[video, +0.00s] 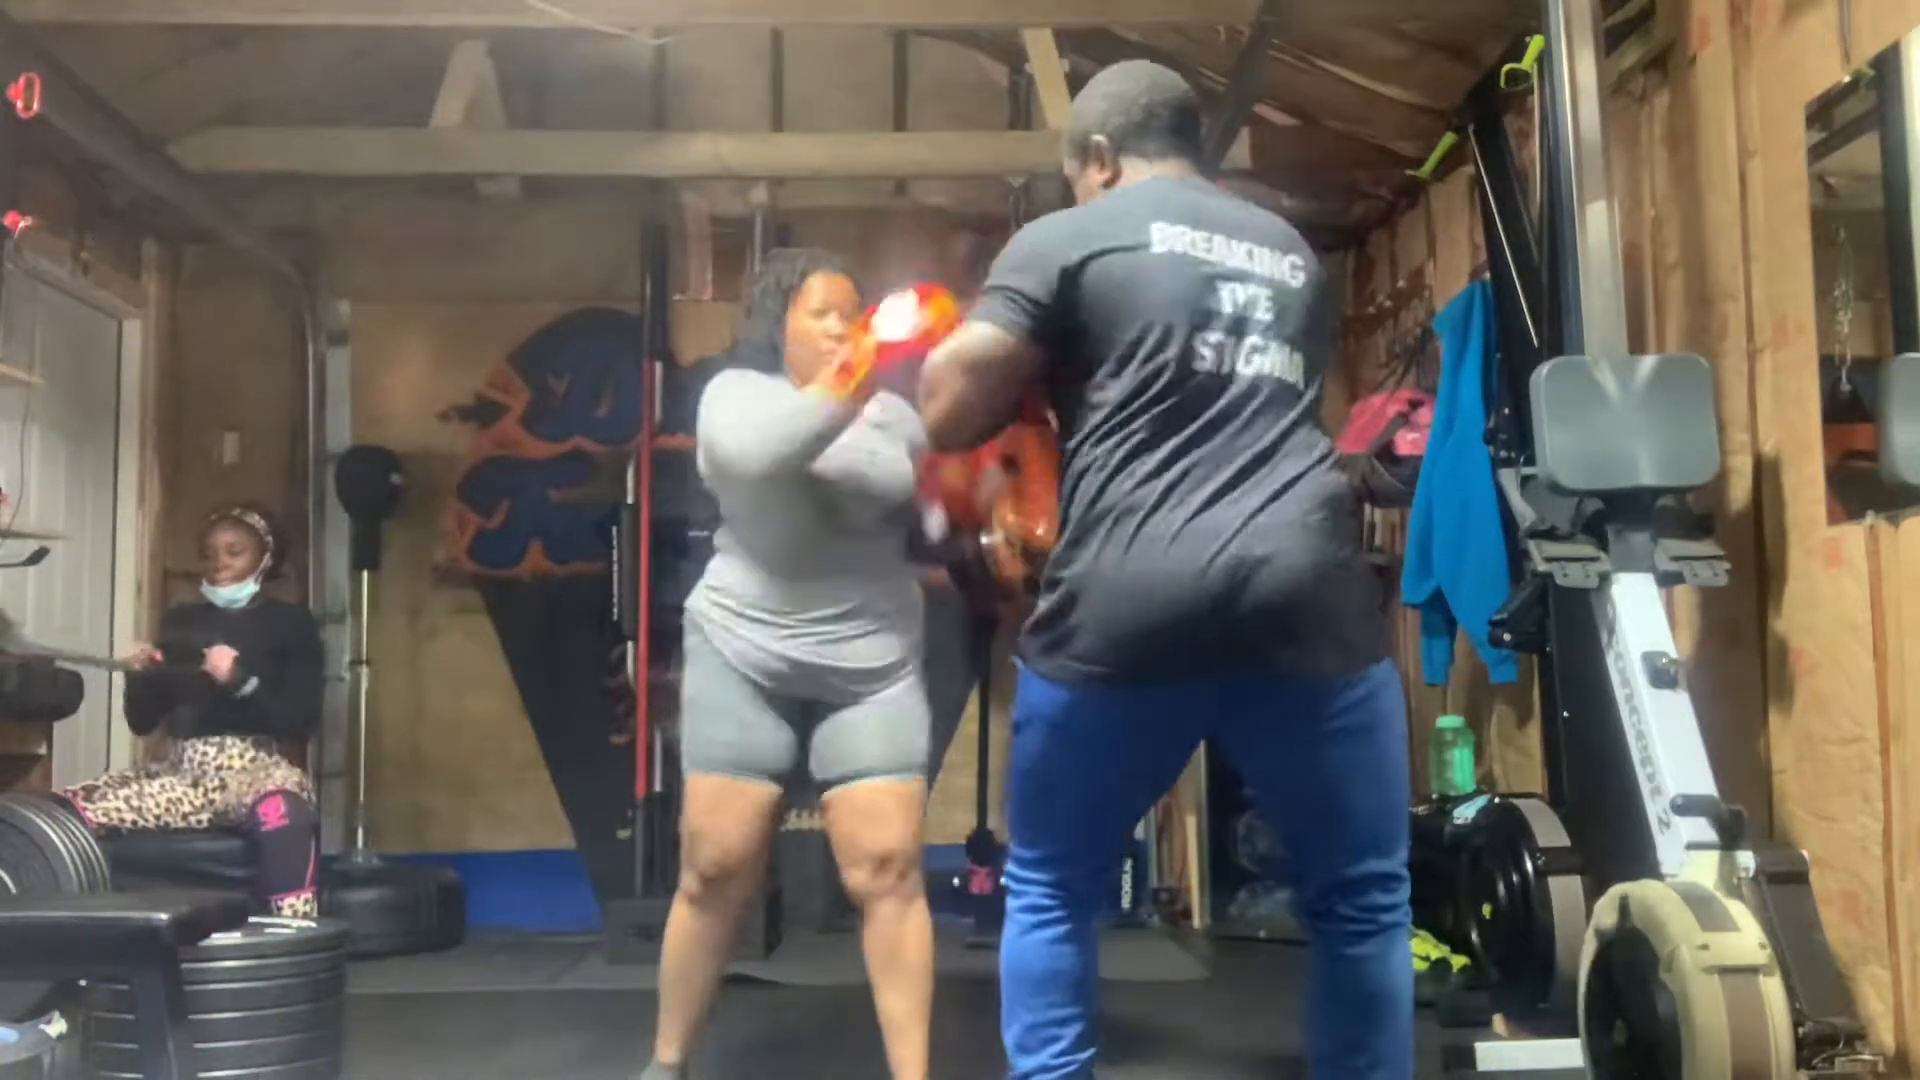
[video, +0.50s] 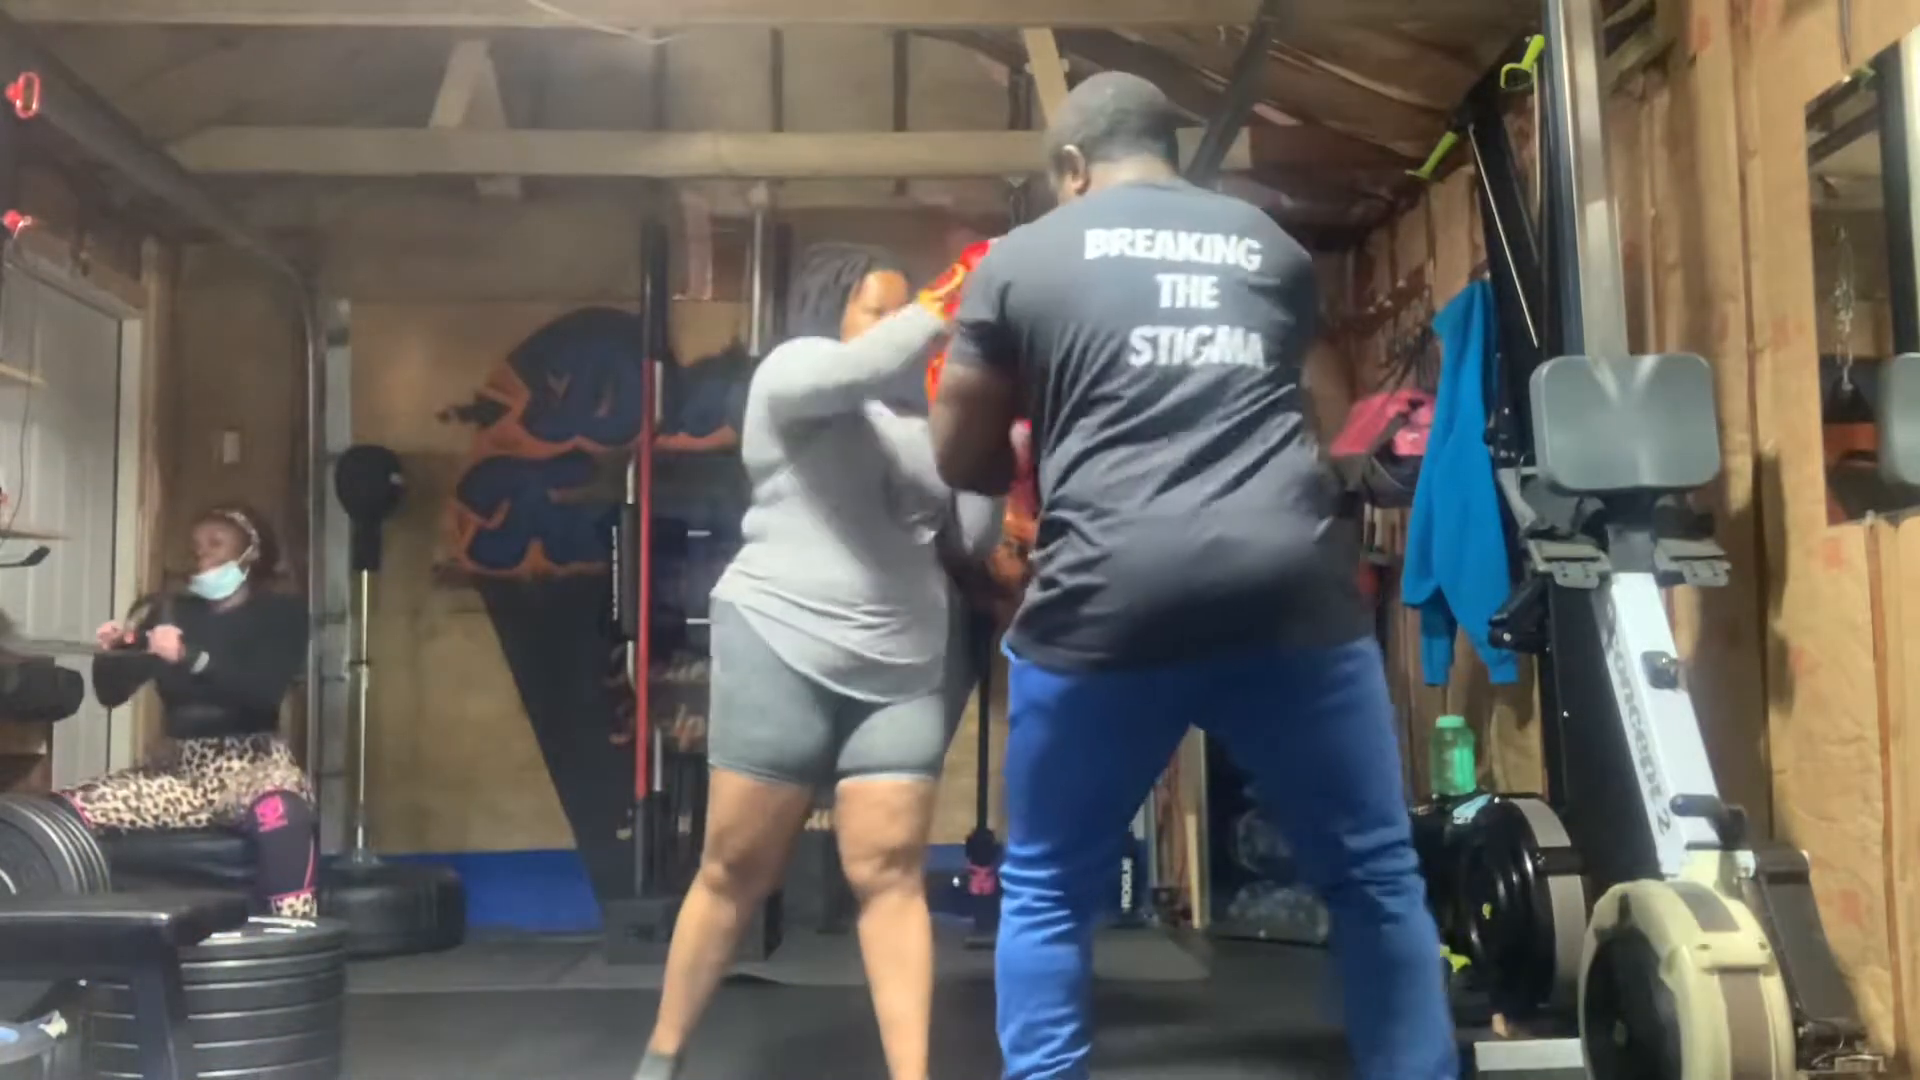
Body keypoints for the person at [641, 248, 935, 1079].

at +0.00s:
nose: (848, 333)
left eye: (857, 317)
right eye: (827, 314)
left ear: (869, 334)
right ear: (775, 324)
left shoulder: (891, 416)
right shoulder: (733, 393)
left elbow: (922, 514)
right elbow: (756, 448)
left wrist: (971, 519)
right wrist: (852, 382)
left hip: (872, 667)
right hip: (737, 655)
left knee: (886, 871)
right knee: (713, 869)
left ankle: (911, 1073)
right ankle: (666, 1062)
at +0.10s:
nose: (833, 327)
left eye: (847, 315)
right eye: (815, 310)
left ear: (861, 332)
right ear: (776, 324)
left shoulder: (901, 406)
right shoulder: (727, 413)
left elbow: (1001, 450)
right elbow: (656, 529)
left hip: (884, 672)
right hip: (748, 667)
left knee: (879, 869)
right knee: (707, 867)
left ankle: (909, 1073)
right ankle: (657, 1054)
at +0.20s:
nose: (841, 324)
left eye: (853, 307)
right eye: (821, 308)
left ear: (875, 322)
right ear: (784, 325)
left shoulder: (911, 413)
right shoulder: (739, 413)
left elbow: (1022, 427)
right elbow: (682, 543)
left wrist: (956, 367)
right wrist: (721, 523)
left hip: (889, 676)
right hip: (754, 668)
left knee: (885, 870)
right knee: (706, 868)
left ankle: (910, 1073)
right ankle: (655, 1055)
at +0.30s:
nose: (860, 326)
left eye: (871, 312)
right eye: (842, 310)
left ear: (885, 325)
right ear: (798, 322)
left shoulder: (919, 408)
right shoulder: (749, 406)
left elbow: (1009, 481)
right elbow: (693, 537)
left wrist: (969, 407)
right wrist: (753, 473)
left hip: (904, 663)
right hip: (767, 650)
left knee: (891, 868)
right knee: (719, 862)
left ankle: (910, 1072)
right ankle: (658, 1048)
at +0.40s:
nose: (890, 323)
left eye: (899, 307)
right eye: (871, 307)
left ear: (914, 318)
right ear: (821, 316)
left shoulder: (933, 397)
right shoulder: (777, 382)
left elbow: (997, 529)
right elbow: (724, 460)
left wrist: (998, 448)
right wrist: (825, 381)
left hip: (909, 667)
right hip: (779, 647)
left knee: (891, 870)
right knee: (731, 860)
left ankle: (911, 1073)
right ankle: (658, 1053)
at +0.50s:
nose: (900, 325)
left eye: (906, 312)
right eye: (880, 309)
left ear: (909, 323)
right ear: (826, 309)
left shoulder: (927, 424)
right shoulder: (787, 373)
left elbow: (973, 540)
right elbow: (868, 366)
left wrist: (1001, 452)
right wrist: (947, 301)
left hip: (904, 665)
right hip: (779, 641)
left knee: (890, 871)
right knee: (731, 870)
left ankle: (911, 1073)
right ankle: (661, 1056)